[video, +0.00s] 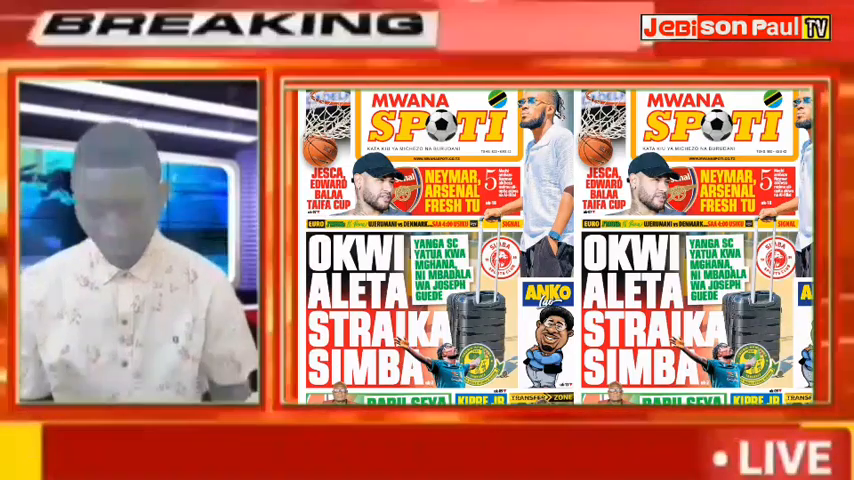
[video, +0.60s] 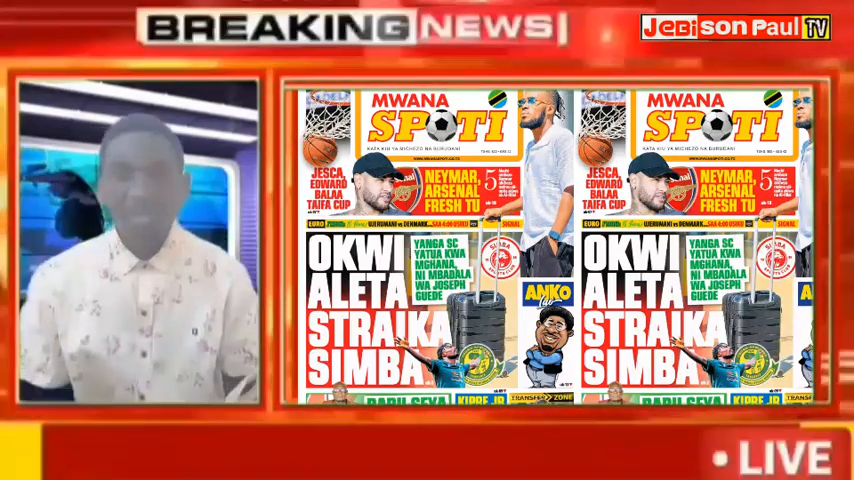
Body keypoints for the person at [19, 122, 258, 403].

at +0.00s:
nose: (113, 227)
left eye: (128, 208)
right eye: (95, 210)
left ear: (162, 195)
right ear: (74, 199)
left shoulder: (207, 286)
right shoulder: (36, 289)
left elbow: (231, 402)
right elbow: (32, 411)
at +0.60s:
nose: (140, 191)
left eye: (156, 173)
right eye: (122, 174)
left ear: (185, 187)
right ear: (99, 188)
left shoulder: (225, 277)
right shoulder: (58, 278)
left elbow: (252, 391)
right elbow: (41, 402)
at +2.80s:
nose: (133, 235)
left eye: (151, 218)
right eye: (116, 217)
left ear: (179, 196)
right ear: (92, 195)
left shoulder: (214, 276)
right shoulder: (53, 279)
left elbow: (241, 384)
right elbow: (42, 402)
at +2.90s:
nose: (134, 238)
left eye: (153, 220)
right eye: (117, 220)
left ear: (181, 197)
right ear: (92, 195)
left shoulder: (212, 277)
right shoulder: (52, 279)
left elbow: (235, 388)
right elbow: (42, 400)